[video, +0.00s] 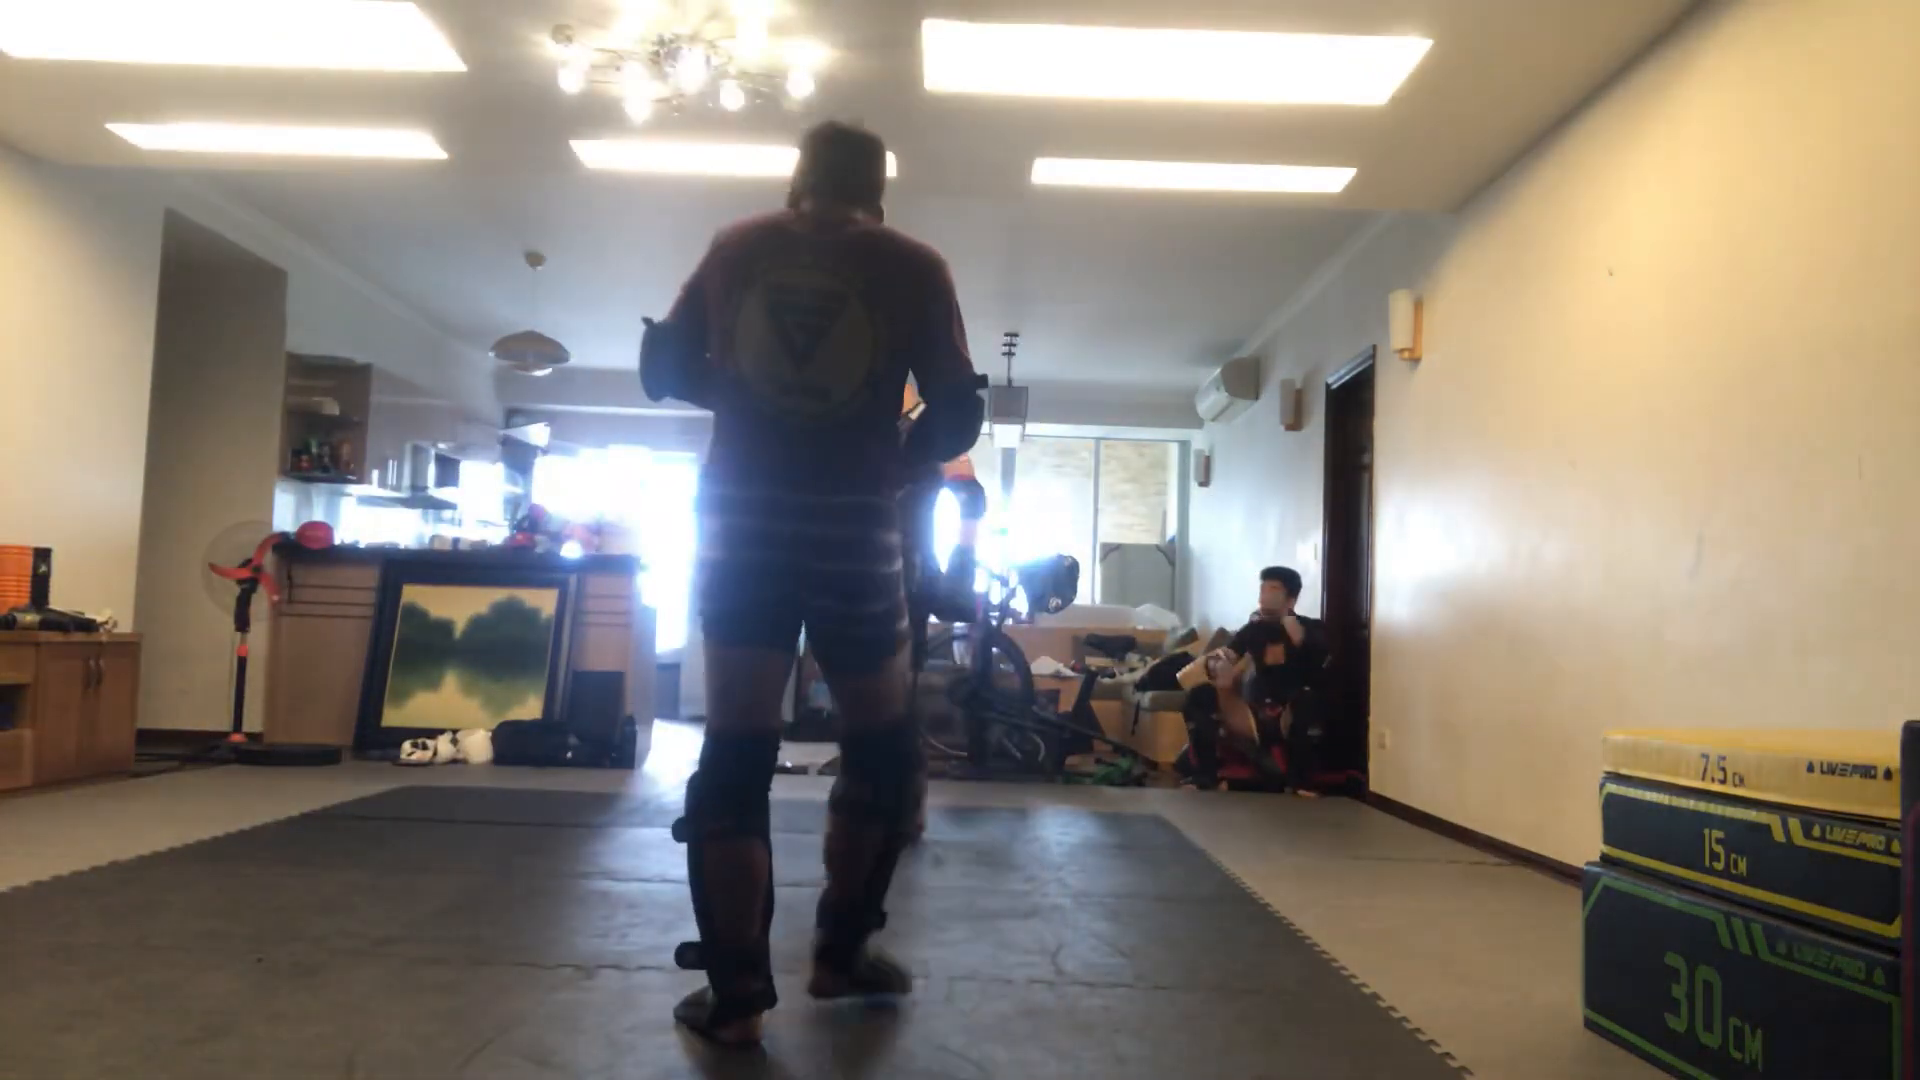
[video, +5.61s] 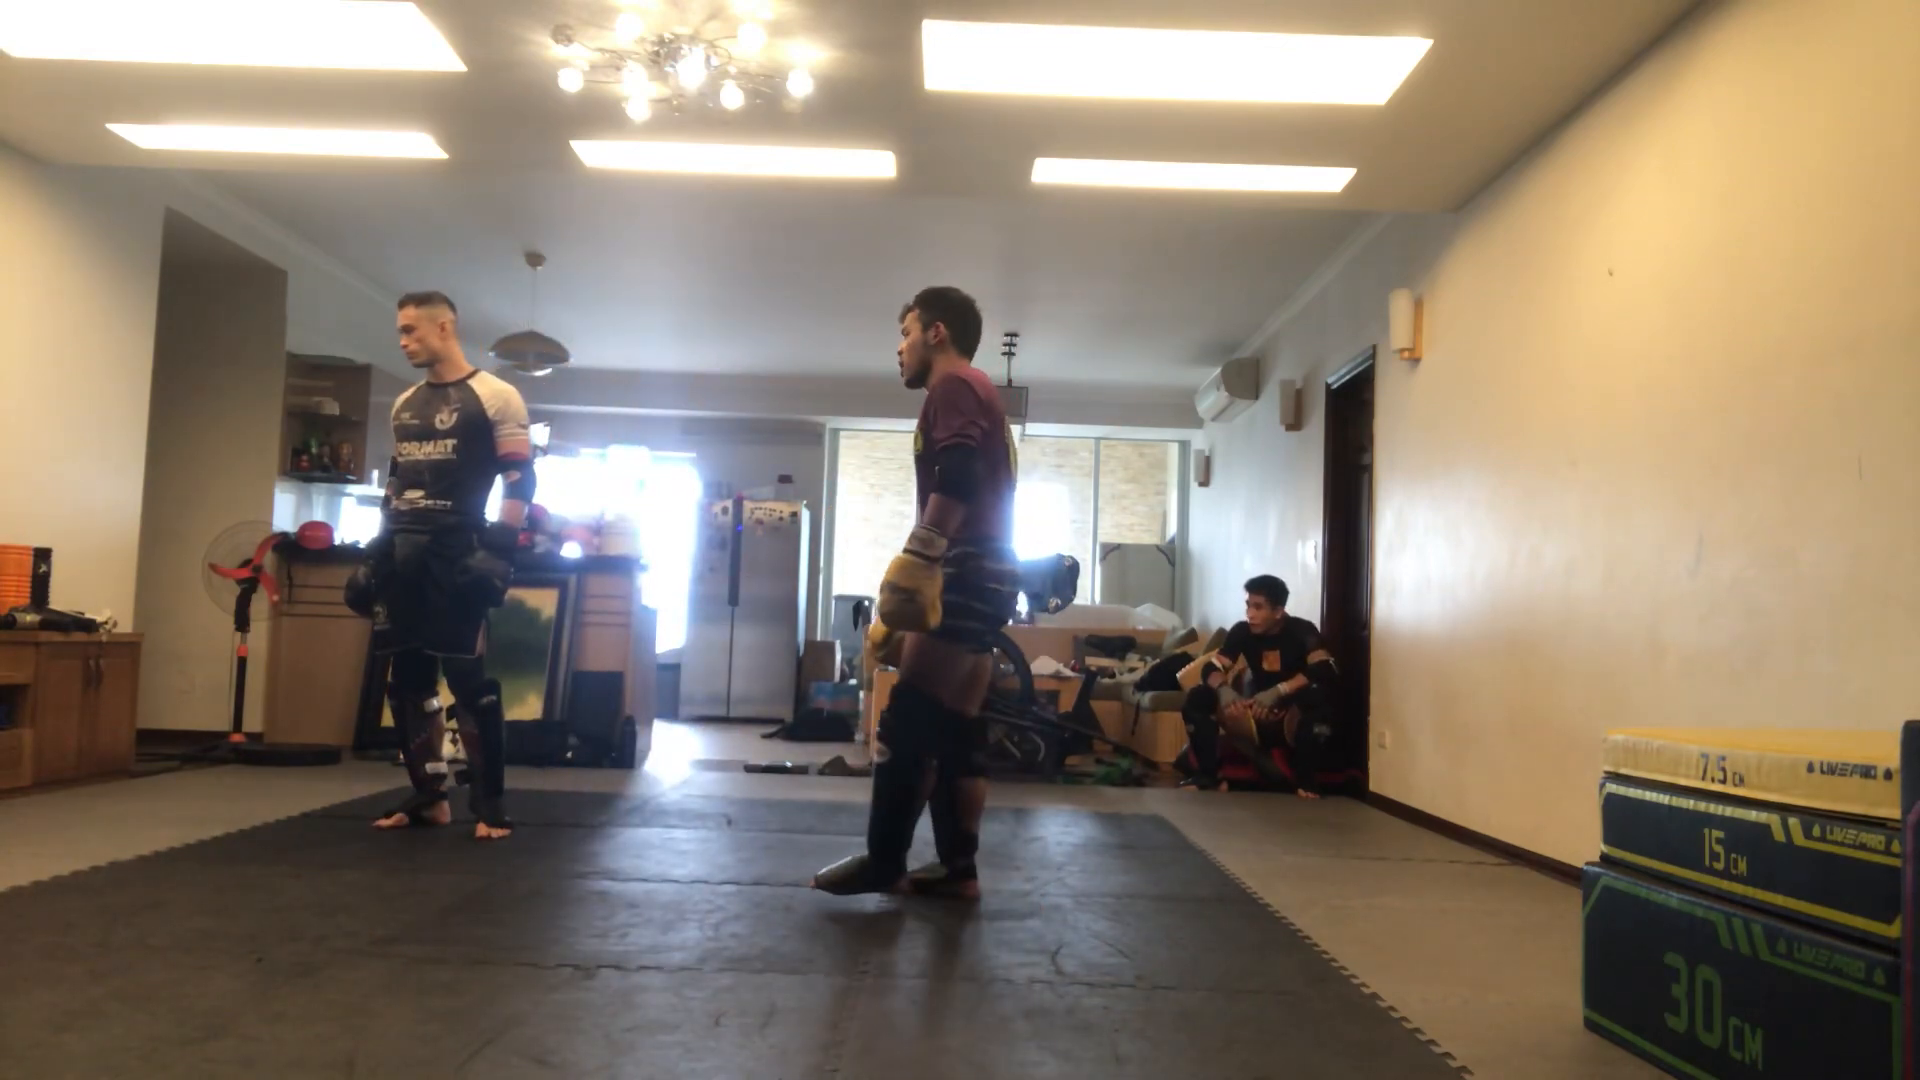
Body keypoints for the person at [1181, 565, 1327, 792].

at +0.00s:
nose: (1263, 596)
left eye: (1272, 590)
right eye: (1262, 589)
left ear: (1290, 598)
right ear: (1260, 593)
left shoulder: (1312, 629)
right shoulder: (1253, 629)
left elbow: (1320, 665)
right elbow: (1221, 661)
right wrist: (1217, 665)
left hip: (1294, 714)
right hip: (1252, 714)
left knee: (1308, 700)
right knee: (1200, 696)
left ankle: (1300, 782)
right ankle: (1204, 776)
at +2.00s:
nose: (1250, 608)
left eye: (1259, 601)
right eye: (1250, 601)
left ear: (1279, 607)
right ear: (1247, 602)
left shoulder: (1304, 632)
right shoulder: (1241, 634)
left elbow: (1317, 668)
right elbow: (1215, 671)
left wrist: (1276, 658)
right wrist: (1226, 690)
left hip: (1287, 720)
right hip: (1245, 720)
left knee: (1311, 697)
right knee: (1198, 698)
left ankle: (1303, 781)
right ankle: (1207, 776)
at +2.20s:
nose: (1255, 605)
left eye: (1264, 599)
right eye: (1254, 598)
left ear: (1283, 604)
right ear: (1251, 599)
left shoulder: (1305, 631)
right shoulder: (1244, 632)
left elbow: (1312, 669)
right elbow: (1216, 669)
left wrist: (1269, 690)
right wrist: (1220, 684)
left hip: (1287, 719)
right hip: (1247, 718)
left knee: (1310, 698)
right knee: (1199, 697)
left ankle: (1302, 781)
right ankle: (1207, 777)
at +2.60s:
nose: (1280, 614)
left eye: (1286, 606)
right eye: (1273, 606)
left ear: (1294, 605)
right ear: (1258, 606)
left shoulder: (1307, 632)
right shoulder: (1246, 632)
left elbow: (1298, 677)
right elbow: (1218, 670)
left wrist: (1264, 707)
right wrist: (1242, 675)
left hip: (1288, 703)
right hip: (1244, 700)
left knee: (1311, 712)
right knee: (1199, 698)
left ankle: (1302, 781)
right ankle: (1208, 776)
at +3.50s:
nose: (1271, 605)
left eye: (1279, 598)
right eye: (1266, 598)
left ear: (1294, 601)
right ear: (1260, 601)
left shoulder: (1311, 630)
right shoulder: (1251, 630)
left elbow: (1305, 667)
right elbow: (1225, 665)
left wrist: (1273, 692)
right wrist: (1265, 669)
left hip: (1292, 716)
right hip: (1249, 717)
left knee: (1318, 696)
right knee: (1199, 696)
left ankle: (1304, 780)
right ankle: (1207, 775)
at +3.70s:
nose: (1268, 604)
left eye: (1276, 598)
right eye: (1264, 598)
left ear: (1294, 601)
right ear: (1259, 600)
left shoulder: (1311, 630)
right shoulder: (1251, 632)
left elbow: (1325, 661)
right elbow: (1214, 663)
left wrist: (1274, 679)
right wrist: (1238, 679)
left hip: (1292, 716)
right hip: (1249, 716)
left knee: (1316, 697)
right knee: (1200, 697)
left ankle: (1304, 781)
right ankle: (1208, 776)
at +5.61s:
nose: (1250, 613)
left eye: (1257, 608)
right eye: (1248, 606)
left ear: (1278, 611)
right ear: (1245, 604)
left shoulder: (1302, 630)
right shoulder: (1242, 632)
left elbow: (1324, 668)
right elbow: (1212, 668)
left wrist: (1277, 691)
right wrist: (1223, 689)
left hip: (1292, 715)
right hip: (1253, 714)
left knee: (1316, 701)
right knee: (1198, 698)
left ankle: (1306, 782)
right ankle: (1208, 776)